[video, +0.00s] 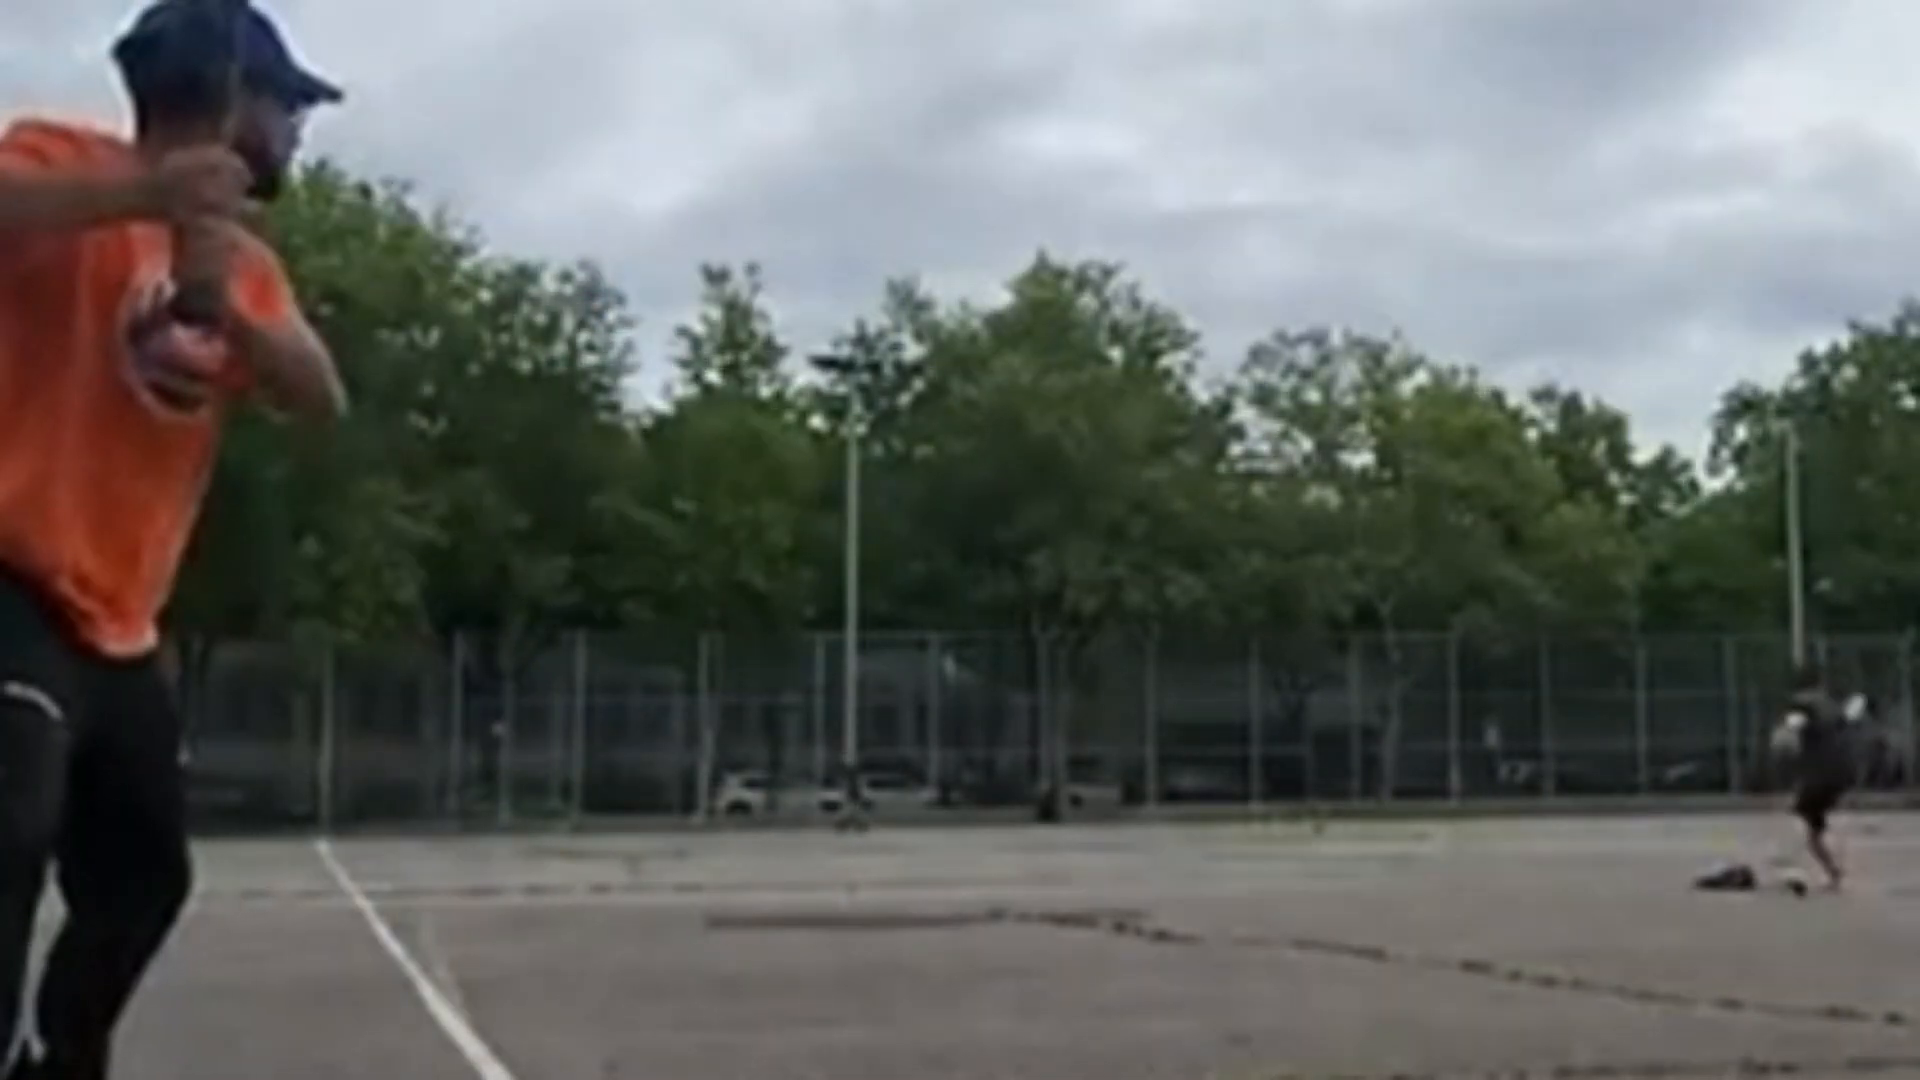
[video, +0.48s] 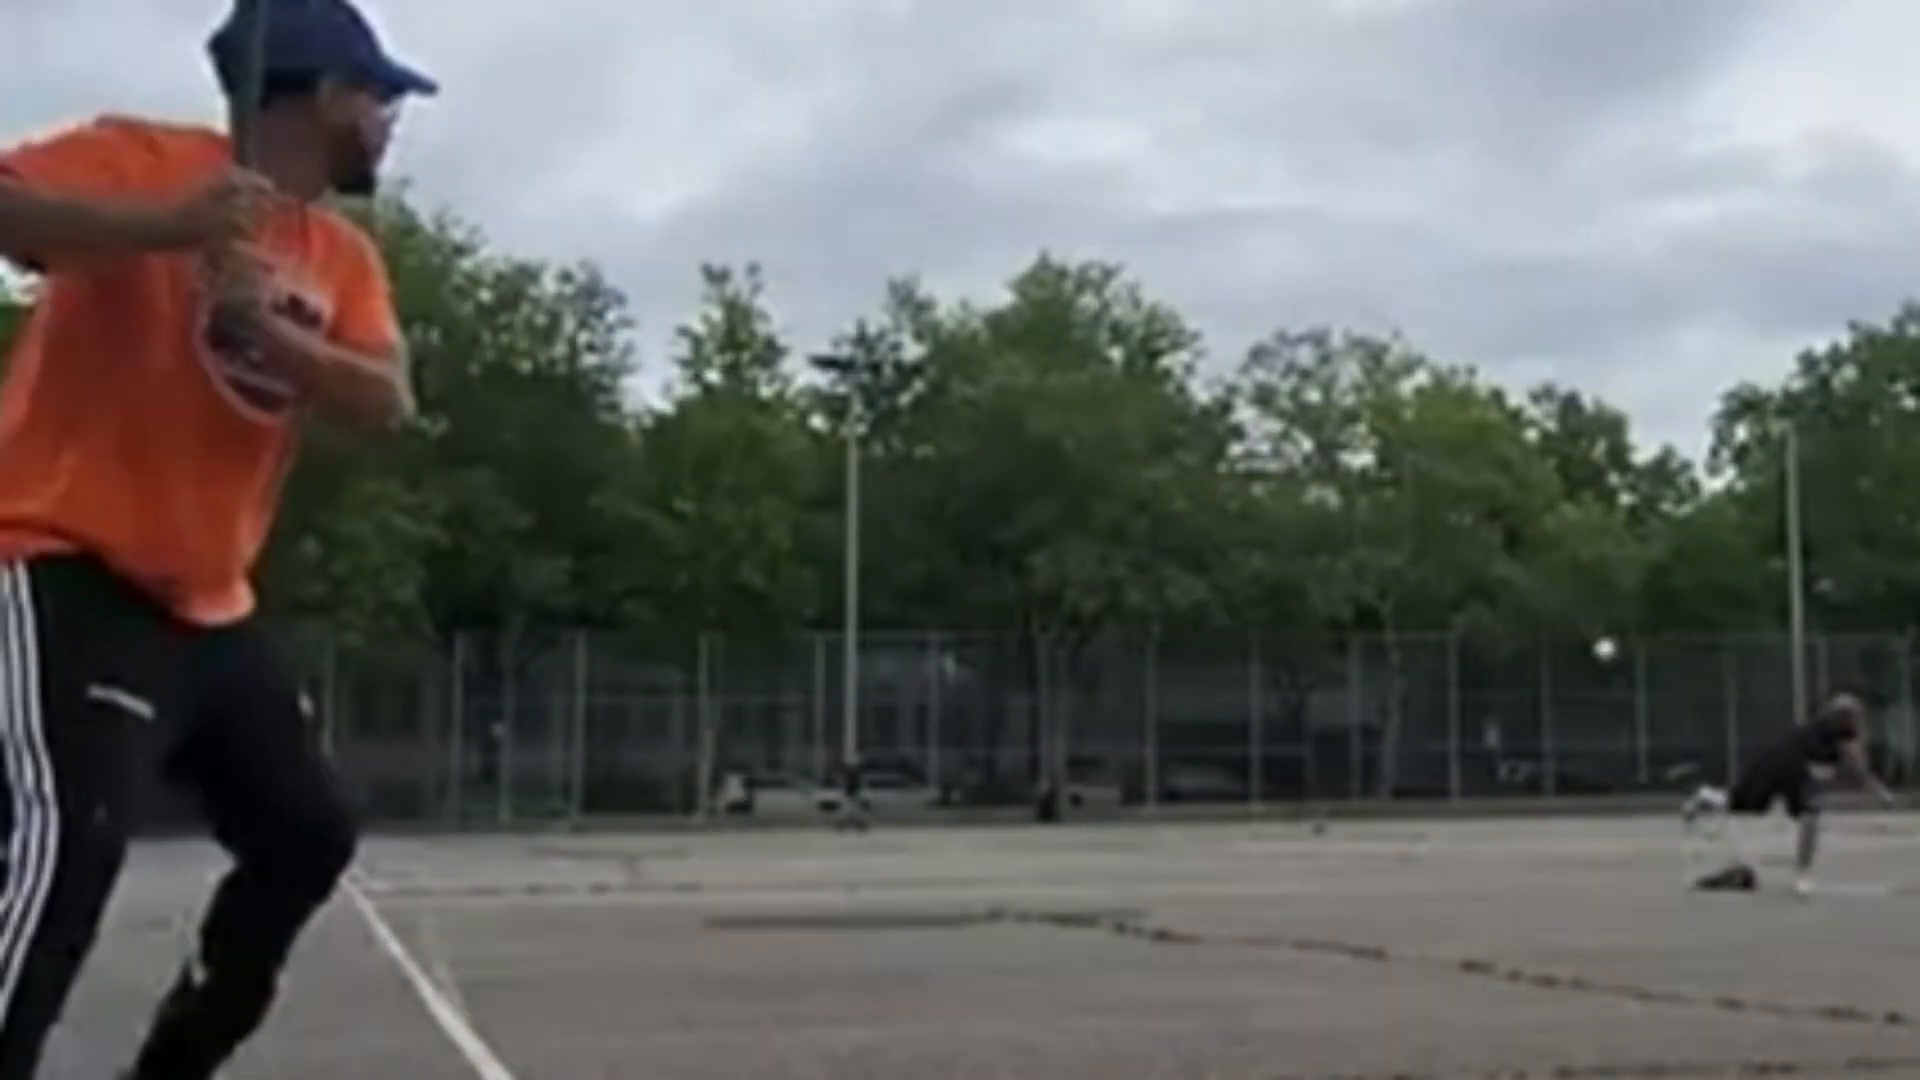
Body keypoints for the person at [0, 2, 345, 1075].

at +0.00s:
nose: (295, 136)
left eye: (296, 110)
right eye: (281, 106)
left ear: (231, 109)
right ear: (219, 97)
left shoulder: (244, 258)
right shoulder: (61, 164)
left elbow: (319, 398)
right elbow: (5, 203)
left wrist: (232, 324)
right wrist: (146, 185)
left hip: (121, 624)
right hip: (14, 590)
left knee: (139, 880)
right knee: (15, 840)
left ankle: (65, 1060)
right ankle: (8, 1051)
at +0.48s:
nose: (388, 119)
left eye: (388, 98)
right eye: (370, 94)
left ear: (311, 107)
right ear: (303, 95)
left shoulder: (345, 253)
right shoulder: (140, 160)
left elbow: (384, 403)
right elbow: (8, 207)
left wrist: (276, 334)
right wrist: (167, 222)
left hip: (201, 593)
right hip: (56, 555)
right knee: (69, 835)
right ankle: (11, 1056)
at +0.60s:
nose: (442, 150)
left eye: (441, 130)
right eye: (429, 127)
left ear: (373, 132)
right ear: (372, 126)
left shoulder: (399, 275)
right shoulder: (178, 184)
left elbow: (417, 398)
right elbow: (12, 239)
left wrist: (272, 328)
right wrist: (154, 243)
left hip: (230, 598)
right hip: (87, 559)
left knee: (324, 844)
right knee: (75, 838)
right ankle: (16, 1052)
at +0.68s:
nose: (474, 200)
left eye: (474, 178)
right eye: (461, 175)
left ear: (405, 180)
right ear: (396, 172)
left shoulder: (424, 299)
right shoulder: (204, 224)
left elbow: (446, 413)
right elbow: (24, 336)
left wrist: (283, 353)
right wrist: (165, 297)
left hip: (256, 619)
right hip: (120, 584)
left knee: (364, 853)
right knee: (138, 850)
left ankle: (399, 1055)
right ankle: (22, 1060)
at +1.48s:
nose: (459, 124)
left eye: (473, 106)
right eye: (444, 93)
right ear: (363, 57)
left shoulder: (405, 258)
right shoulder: (207, 153)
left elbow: (383, 446)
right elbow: (36, 315)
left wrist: (347, 488)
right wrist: (243, 408)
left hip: (285, 589)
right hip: (142, 554)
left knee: (342, 849)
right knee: (91, 877)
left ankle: (297, 1061)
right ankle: (20, 1056)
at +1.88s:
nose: (487, 129)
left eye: (499, 112)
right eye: (478, 99)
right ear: (408, 64)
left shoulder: (415, 270)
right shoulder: (286, 153)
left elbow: (404, 456)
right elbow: (170, 341)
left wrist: (449, 619)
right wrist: (332, 520)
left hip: (315, 587)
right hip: (203, 547)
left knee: (298, 850)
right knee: (156, 825)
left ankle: (275, 1054)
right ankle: (40, 1055)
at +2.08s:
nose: (503, 137)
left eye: (514, 121)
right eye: (493, 108)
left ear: (450, 101)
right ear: (420, 71)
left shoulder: (436, 294)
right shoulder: (275, 148)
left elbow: (426, 474)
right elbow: (133, 308)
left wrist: (476, 659)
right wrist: (197, 511)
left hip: (318, 602)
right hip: (186, 562)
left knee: (299, 867)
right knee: (131, 853)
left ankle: (273, 1049)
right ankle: (33, 1058)